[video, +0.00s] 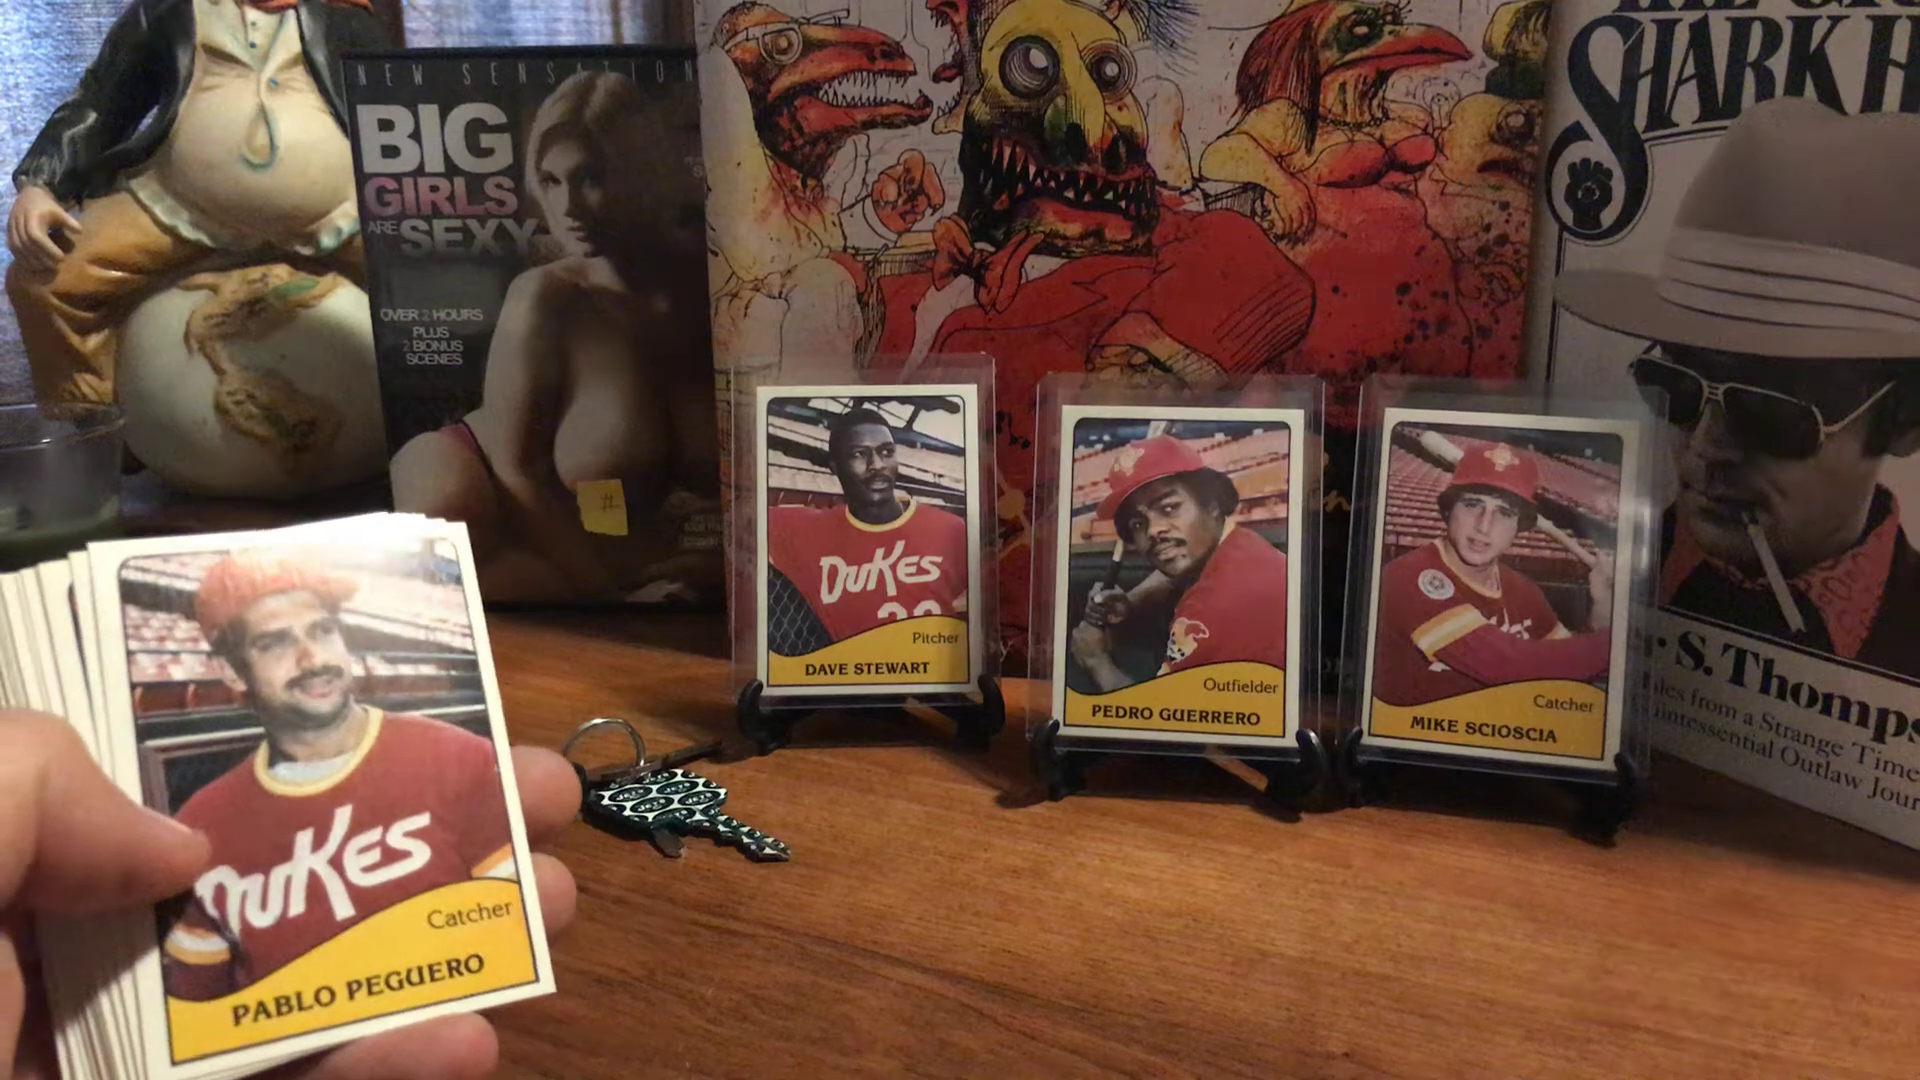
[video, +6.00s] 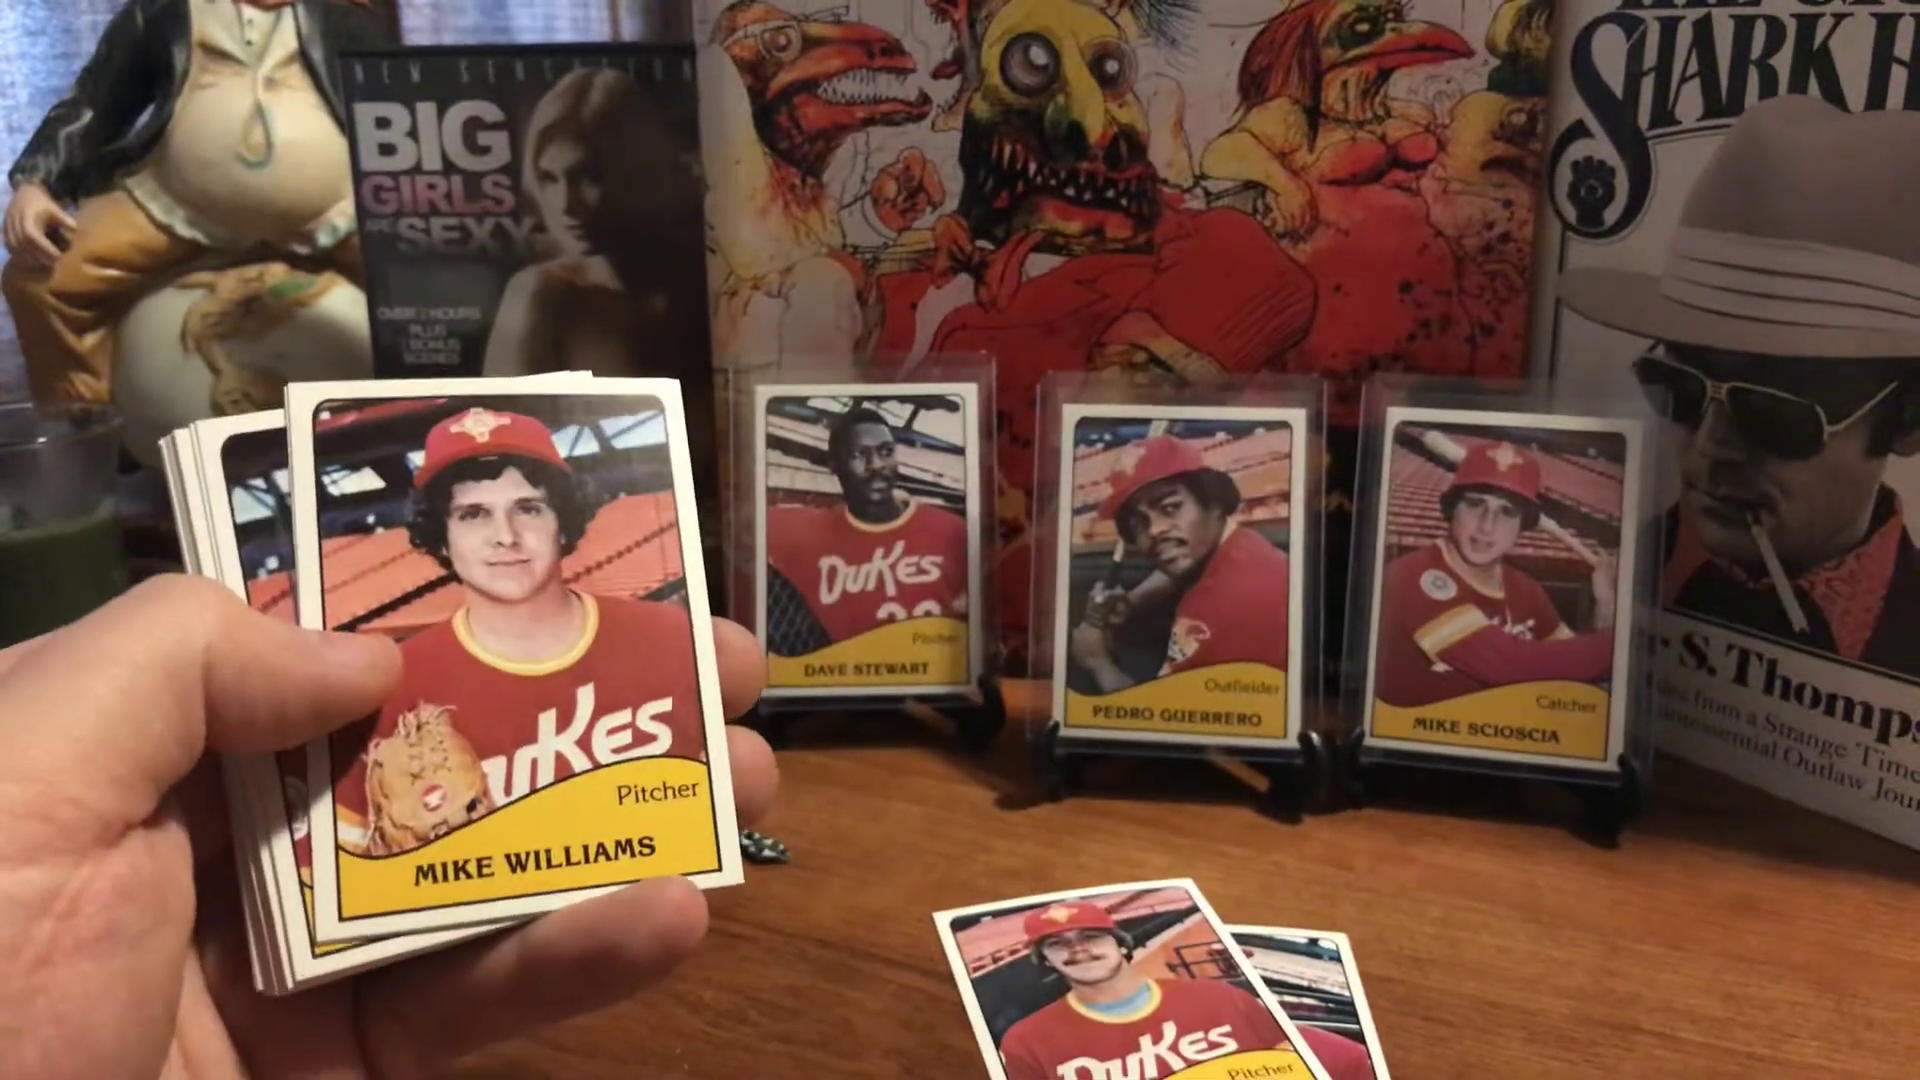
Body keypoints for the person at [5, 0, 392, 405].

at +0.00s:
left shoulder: (352, 21)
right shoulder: (167, 12)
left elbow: (403, 115)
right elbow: (100, 101)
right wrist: (36, 182)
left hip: (341, 210)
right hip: (180, 205)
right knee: (44, 280)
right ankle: (100, 450)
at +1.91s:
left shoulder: (348, 19)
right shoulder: (164, 13)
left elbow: (399, 107)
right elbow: (99, 101)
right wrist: (36, 183)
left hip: (341, 211)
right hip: (178, 208)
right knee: (42, 280)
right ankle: (105, 444)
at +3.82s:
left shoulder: (342, 16)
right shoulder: (157, 10)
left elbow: (395, 99)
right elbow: (93, 97)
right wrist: (29, 179)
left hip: (334, 210)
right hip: (173, 205)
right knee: (37, 278)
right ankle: (95, 444)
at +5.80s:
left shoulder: (346, 17)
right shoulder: (159, 13)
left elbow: (397, 97)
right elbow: (92, 103)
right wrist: (31, 183)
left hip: (336, 210)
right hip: (175, 206)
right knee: (39, 280)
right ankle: (97, 455)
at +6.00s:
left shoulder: (350, 17)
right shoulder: (160, 13)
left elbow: (399, 98)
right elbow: (93, 103)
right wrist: (31, 182)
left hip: (337, 210)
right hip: (175, 206)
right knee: (40, 281)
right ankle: (96, 453)